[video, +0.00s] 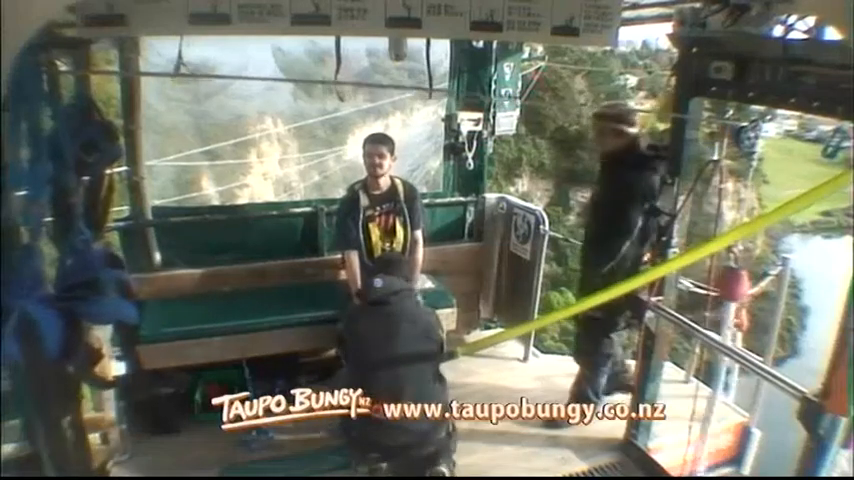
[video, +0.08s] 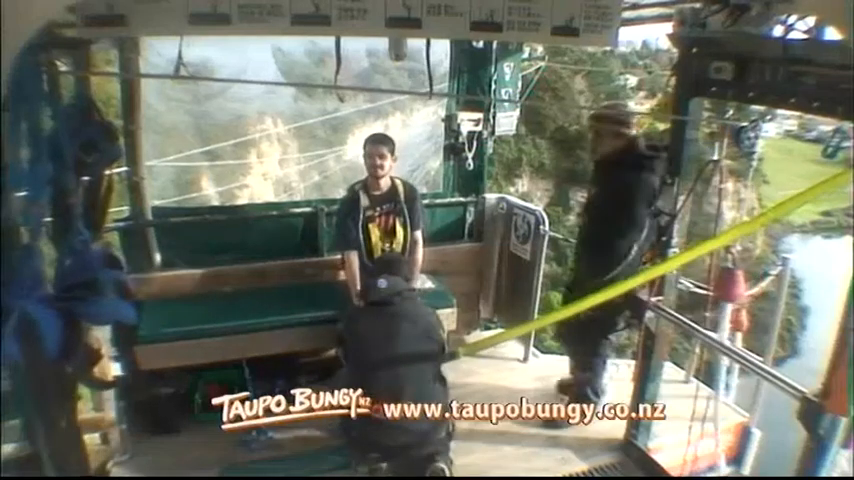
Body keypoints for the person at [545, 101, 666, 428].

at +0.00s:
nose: (598, 139)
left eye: (604, 133)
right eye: (598, 132)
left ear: (623, 134)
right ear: (609, 133)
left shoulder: (635, 171)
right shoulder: (614, 165)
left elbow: (626, 227)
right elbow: (607, 218)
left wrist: (600, 270)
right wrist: (592, 258)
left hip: (616, 265)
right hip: (598, 261)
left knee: (598, 330)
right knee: (593, 325)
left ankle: (581, 403)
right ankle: (618, 374)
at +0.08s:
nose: (596, 142)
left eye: (603, 135)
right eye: (596, 134)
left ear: (621, 136)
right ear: (604, 136)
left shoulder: (633, 172)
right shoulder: (611, 167)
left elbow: (626, 231)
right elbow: (602, 223)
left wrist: (594, 276)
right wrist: (584, 266)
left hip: (612, 265)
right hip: (593, 260)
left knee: (592, 326)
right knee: (578, 321)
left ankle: (588, 395)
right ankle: (584, 377)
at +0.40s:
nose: (602, 153)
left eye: (611, 146)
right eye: (597, 144)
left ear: (622, 147)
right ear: (583, 141)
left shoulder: (633, 182)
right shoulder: (573, 173)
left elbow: (639, 245)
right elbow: (553, 217)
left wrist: (634, 299)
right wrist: (533, 253)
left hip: (608, 284)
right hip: (567, 277)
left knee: (591, 353)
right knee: (545, 353)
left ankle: (580, 406)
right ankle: (527, 428)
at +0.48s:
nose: (596, 155)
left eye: (605, 149)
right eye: (591, 146)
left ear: (620, 149)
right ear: (581, 144)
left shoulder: (632, 187)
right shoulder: (567, 177)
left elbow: (642, 247)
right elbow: (544, 222)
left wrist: (640, 303)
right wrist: (529, 262)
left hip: (608, 290)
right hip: (565, 282)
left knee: (590, 359)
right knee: (548, 359)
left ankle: (576, 407)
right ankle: (533, 439)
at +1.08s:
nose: (696, 213)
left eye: (703, 208)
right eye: (697, 203)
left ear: (701, 201)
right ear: (680, 187)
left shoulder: (669, 222)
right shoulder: (621, 214)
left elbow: (659, 292)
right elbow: (597, 303)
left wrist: (661, 343)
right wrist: (628, 364)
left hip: (639, 347)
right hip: (597, 339)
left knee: (641, 449)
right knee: (572, 403)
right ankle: (538, 449)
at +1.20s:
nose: (732, 237)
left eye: (740, 232)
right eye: (737, 226)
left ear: (726, 211)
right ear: (723, 204)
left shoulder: (698, 238)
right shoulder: (656, 215)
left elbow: (683, 306)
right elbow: (618, 293)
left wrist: (690, 356)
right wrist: (631, 366)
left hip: (664, 360)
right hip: (620, 350)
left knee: (656, 458)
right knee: (591, 432)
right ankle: (546, 448)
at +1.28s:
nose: (749, 253)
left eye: (758, 251)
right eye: (756, 245)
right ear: (745, 218)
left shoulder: (714, 244)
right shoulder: (674, 220)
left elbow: (707, 309)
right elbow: (623, 289)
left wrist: (718, 360)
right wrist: (618, 361)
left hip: (679, 369)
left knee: (676, 462)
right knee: (619, 456)